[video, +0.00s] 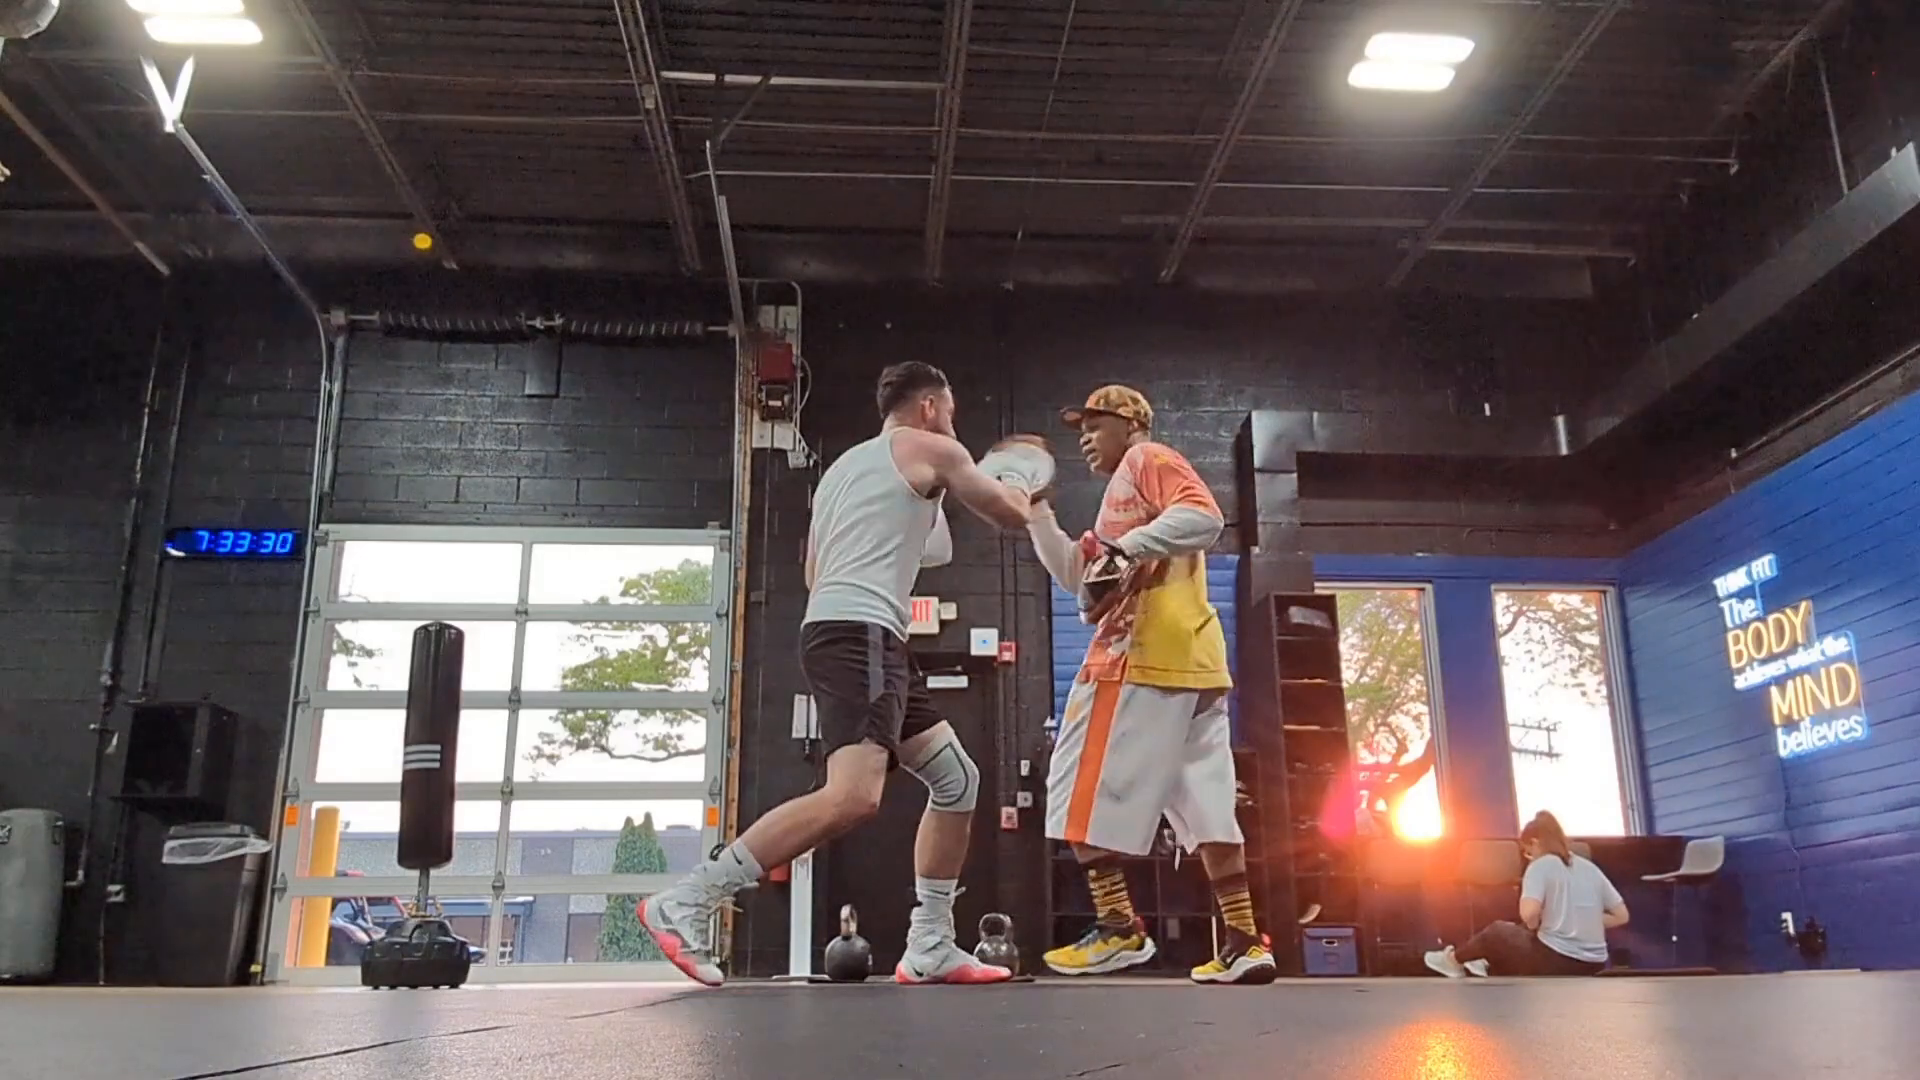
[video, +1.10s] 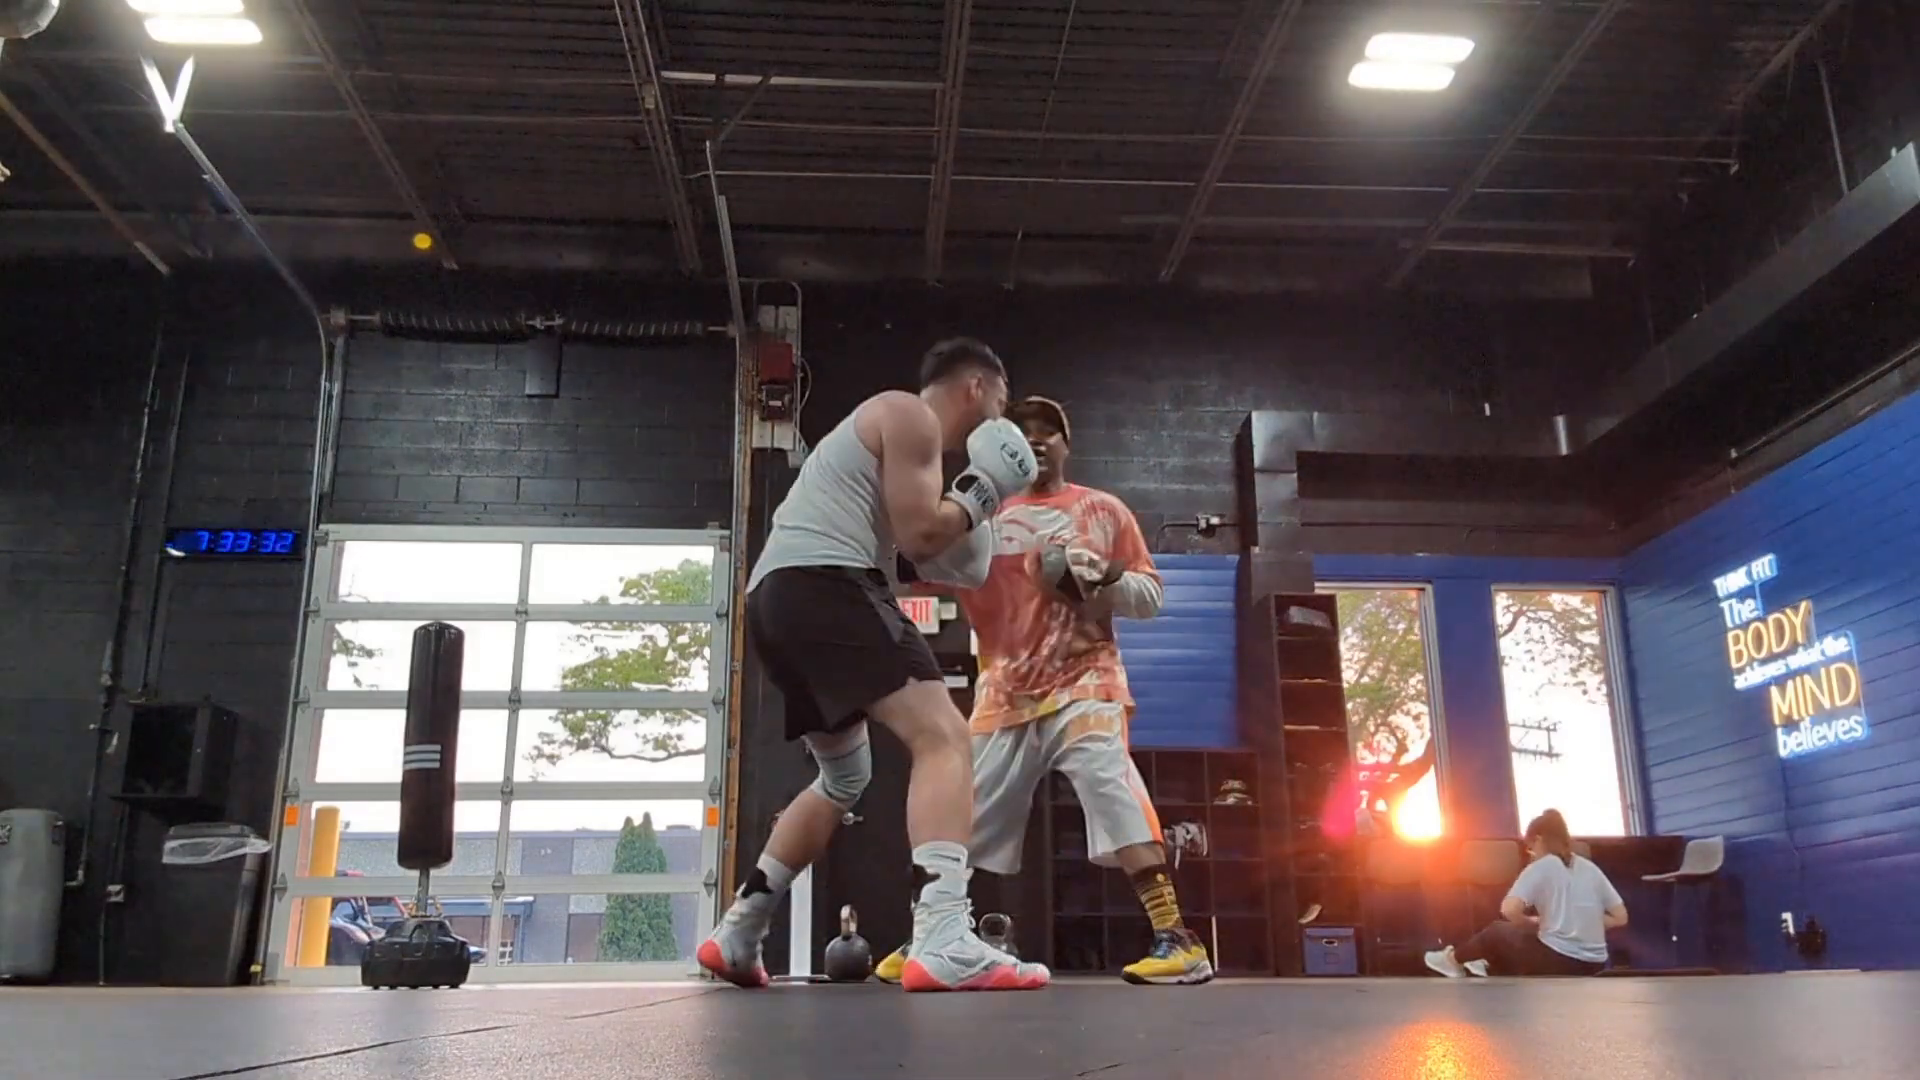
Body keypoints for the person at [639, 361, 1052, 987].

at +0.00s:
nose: (952, 424)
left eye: (952, 414)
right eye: (950, 413)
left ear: (889, 410)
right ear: (930, 406)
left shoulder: (839, 471)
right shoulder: (933, 445)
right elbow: (1010, 511)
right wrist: (1024, 490)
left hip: (846, 632)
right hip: (862, 629)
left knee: (957, 783)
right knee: (853, 796)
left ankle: (931, 947)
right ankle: (684, 902)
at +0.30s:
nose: (936, 399)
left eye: (934, 387)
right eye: (936, 386)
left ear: (878, 380)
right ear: (924, 381)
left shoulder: (861, 431)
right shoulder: (883, 420)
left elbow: (886, 544)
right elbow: (906, 520)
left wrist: (930, 518)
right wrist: (938, 502)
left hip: (845, 614)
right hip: (824, 610)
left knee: (901, 769)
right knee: (865, 764)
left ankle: (893, 934)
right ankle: (769, 936)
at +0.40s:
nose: (919, 390)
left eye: (916, 379)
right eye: (919, 378)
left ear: (858, 368)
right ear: (908, 374)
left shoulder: (835, 422)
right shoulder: (870, 414)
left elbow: (900, 524)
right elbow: (915, 515)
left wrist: (939, 512)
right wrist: (937, 478)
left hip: (822, 606)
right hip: (833, 603)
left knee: (894, 772)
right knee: (871, 763)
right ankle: (767, 939)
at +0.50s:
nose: (896, 386)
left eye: (894, 377)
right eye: (895, 376)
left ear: (827, 376)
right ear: (887, 370)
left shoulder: (790, 440)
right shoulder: (883, 416)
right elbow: (938, 507)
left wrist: (847, 538)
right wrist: (940, 534)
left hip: (797, 613)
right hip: (854, 602)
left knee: (845, 782)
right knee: (884, 773)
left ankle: (776, 938)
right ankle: (773, 934)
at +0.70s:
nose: (883, 394)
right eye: (884, 385)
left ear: (818, 388)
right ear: (883, 383)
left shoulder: (776, 442)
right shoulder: (906, 426)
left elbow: (746, 540)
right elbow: (949, 516)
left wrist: (808, 553)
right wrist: (908, 475)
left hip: (793, 614)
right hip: (870, 601)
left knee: (817, 782)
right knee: (917, 772)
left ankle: (773, 942)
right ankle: (856, 903)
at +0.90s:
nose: (935, 373)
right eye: (937, 364)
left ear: (867, 362)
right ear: (932, 360)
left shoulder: (814, 426)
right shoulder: (933, 405)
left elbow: (786, 534)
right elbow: (951, 526)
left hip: (794, 597)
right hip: (865, 584)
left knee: (827, 777)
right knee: (940, 751)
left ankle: (763, 939)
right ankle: (943, 936)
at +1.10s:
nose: (998, 419)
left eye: (1000, 409)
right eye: (998, 404)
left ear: (952, 383)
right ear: (976, 384)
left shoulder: (873, 430)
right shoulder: (906, 413)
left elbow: (876, 551)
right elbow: (919, 532)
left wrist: (938, 561)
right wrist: (986, 483)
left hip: (774, 598)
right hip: (828, 586)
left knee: (841, 779)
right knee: (944, 739)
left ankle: (739, 933)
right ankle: (943, 936)